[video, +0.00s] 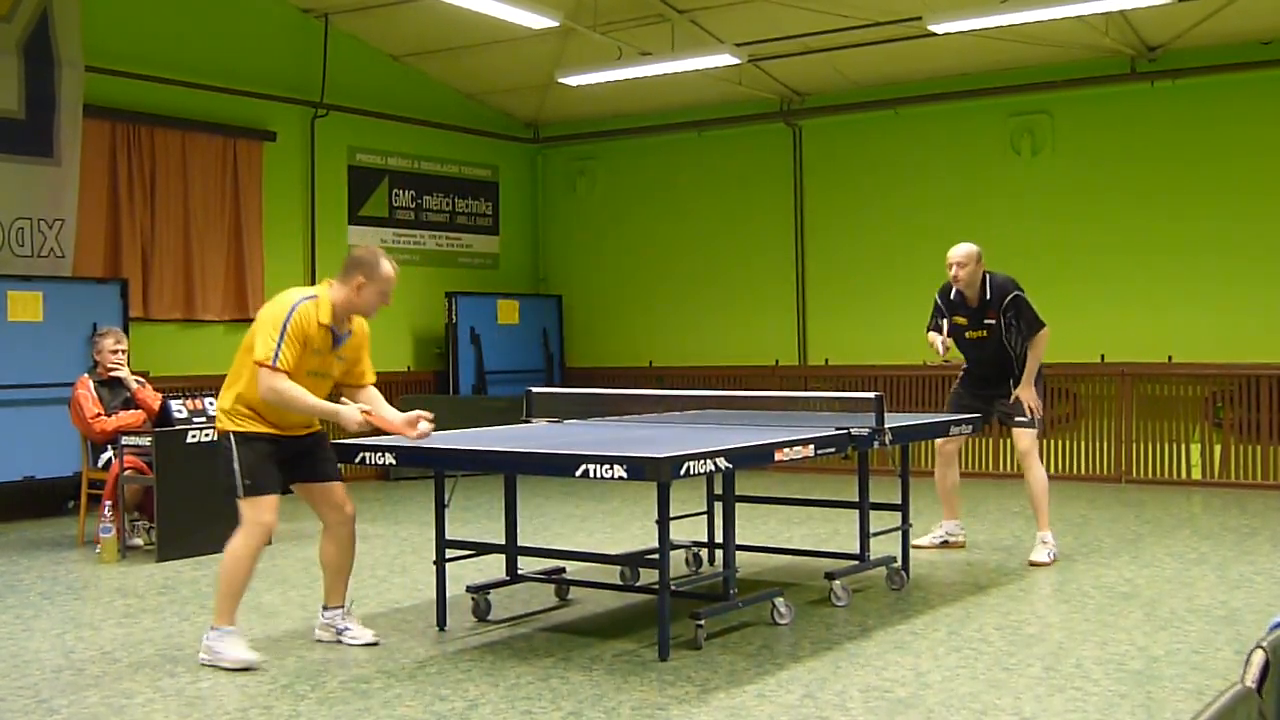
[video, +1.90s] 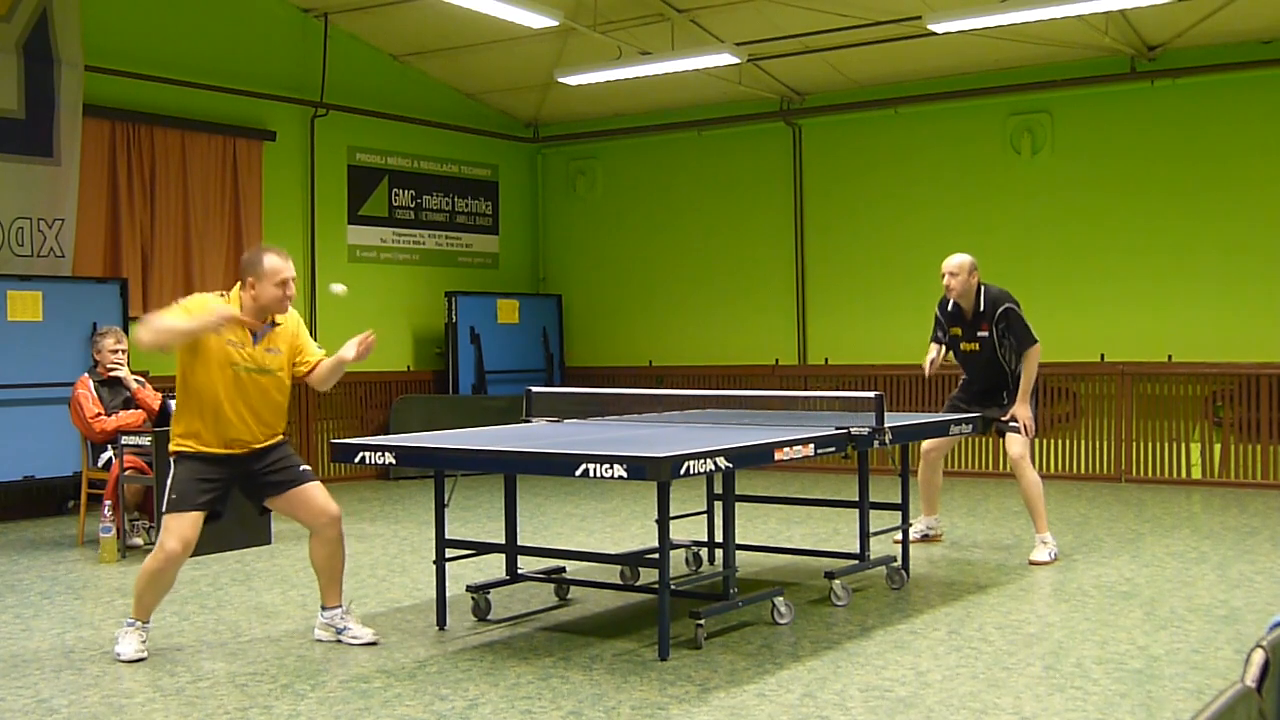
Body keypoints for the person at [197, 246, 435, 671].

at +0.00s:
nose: (387, 301)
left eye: (390, 292)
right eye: (385, 292)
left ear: (361, 285)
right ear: (358, 284)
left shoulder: (356, 328)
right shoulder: (293, 310)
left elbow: (360, 389)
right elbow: (269, 386)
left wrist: (398, 421)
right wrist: (336, 411)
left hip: (303, 426)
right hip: (248, 423)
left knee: (340, 514)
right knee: (258, 524)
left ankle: (333, 618)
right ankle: (220, 633)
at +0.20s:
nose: (394, 330)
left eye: (398, 322)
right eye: (392, 320)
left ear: (372, 313)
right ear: (363, 309)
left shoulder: (369, 350)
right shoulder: (301, 330)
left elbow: (374, 409)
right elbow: (283, 405)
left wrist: (414, 425)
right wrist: (348, 422)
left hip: (302, 433)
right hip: (246, 426)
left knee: (344, 513)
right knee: (227, 522)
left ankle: (333, 617)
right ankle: (164, 616)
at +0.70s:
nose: (369, 378)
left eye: (373, 369)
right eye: (364, 368)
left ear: (342, 360)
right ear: (334, 359)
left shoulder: (349, 391)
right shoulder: (282, 373)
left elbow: (351, 455)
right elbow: (286, 451)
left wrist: (395, 440)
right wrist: (353, 446)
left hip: (285, 472)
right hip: (229, 469)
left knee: (351, 515)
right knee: (198, 556)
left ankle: (335, 616)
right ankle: (137, 625)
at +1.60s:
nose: (323, 349)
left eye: (325, 342)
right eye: (317, 342)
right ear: (285, 336)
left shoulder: (315, 360)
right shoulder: (240, 353)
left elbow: (341, 415)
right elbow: (267, 409)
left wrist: (386, 407)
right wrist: (332, 389)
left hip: (278, 468)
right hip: (218, 472)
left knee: (347, 517)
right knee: (190, 559)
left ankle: (334, 616)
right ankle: (140, 624)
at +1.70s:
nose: (311, 335)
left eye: (313, 327)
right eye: (304, 326)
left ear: (314, 324)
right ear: (273, 320)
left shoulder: (305, 350)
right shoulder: (228, 337)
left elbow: (335, 398)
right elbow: (244, 388)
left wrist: (368, 374)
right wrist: (304, 357)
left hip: (273, 461)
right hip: (213, 466)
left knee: (340, 515)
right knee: (185, 556)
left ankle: (335, 617)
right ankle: (139, 625)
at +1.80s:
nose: (295, 303)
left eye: (297, 295)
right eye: (287, 295)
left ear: (297, 294)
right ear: (255, 295)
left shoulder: (293, 329)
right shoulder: (213, 317)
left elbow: (323, 380)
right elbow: (182, 357)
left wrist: (349, 349)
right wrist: (244, 338)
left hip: (268, 452)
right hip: (203, 456)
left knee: (332, 517)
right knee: (177, 550)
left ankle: (334, 617)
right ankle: (137, 625)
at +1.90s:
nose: (292, 291)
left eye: (293, 282)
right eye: (283, 284)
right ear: (251, 286)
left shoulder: (289, 323)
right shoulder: (206, 308)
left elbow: (318, 379)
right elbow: (145, 334)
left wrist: (342, 358)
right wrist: (206, 323)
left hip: (265, 448)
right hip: (199, 451)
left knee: (327, 517)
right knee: (174, 548)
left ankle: (333, 616)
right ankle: (135, 626)